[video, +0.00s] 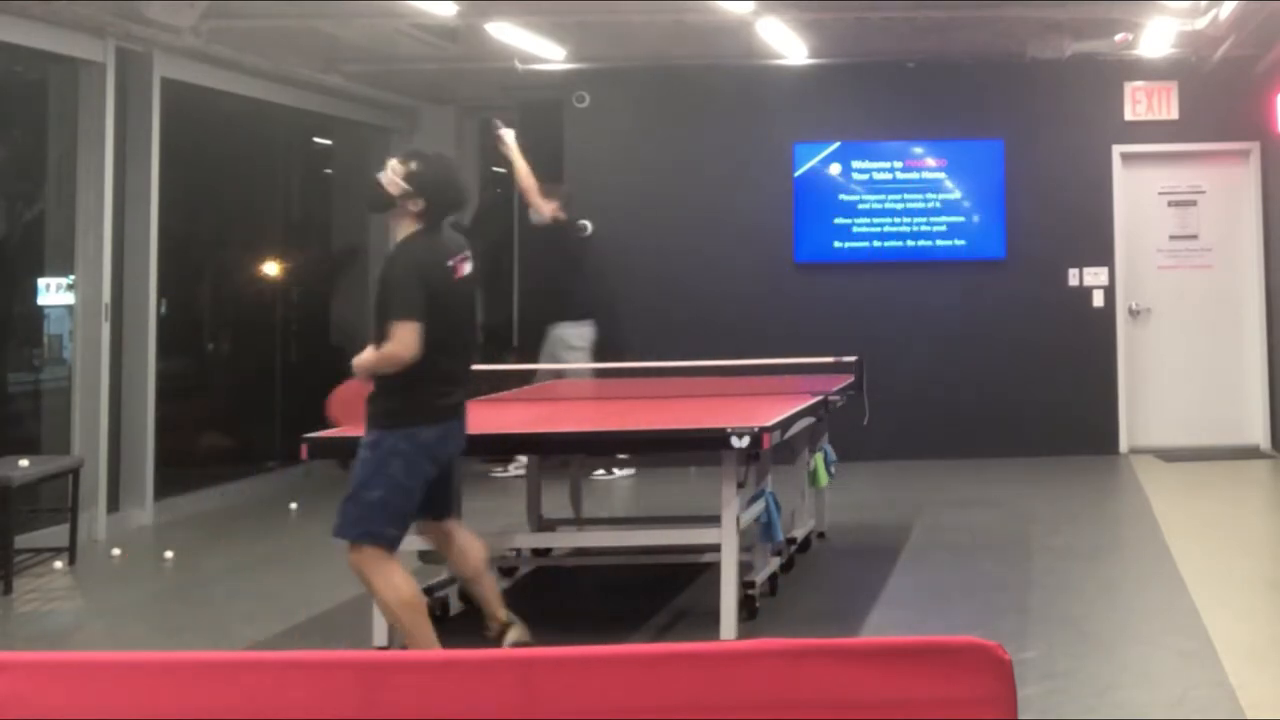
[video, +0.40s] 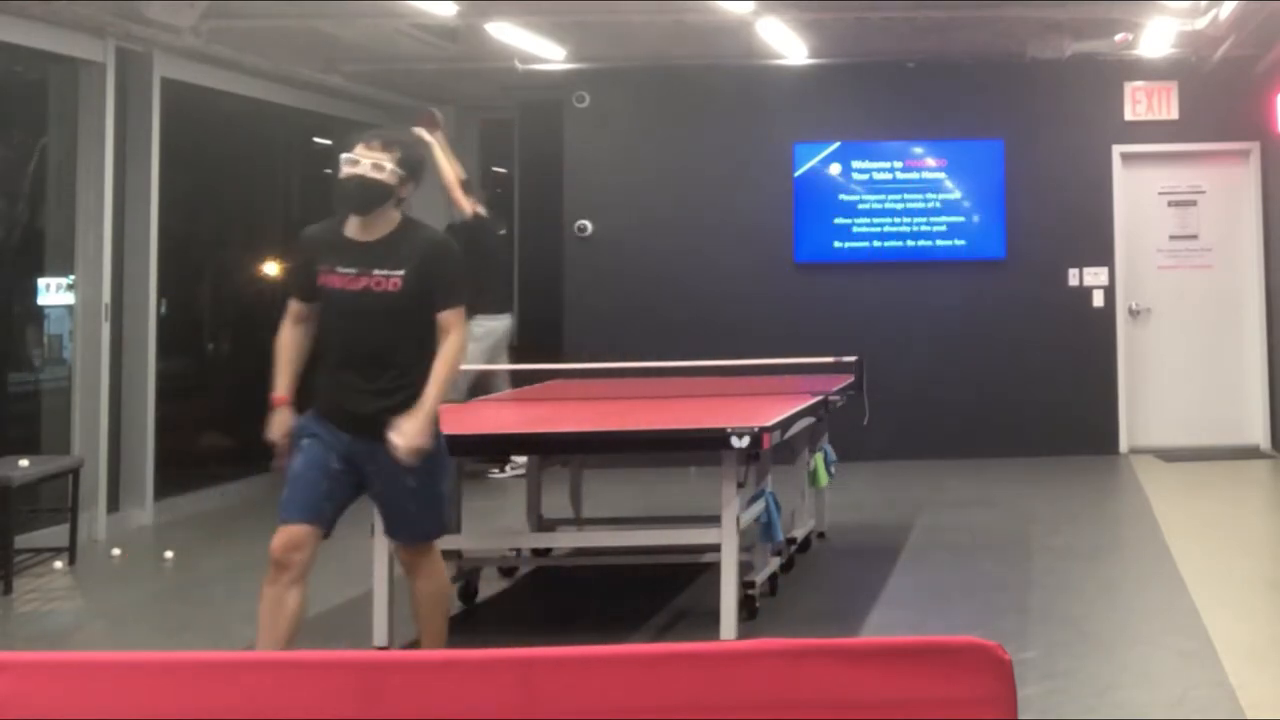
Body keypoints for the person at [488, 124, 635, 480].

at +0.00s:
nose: (536, 208)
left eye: (541, 204)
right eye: (538, 203)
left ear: (556, 206)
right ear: (561, 207)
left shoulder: (562, 230)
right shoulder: (568, 231)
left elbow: (531, 193)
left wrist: (512, 151)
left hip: (572, 320)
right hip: (561, 319)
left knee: (581, 392)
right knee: (538, 390)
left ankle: (617, 456)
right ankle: (523, 455)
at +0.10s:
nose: (513, 206)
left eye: (518, 200)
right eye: (515, 199)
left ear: (530, 204)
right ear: (538, 204)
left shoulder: (530, 228)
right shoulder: (545, 229)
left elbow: (508, 192)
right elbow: (523, 188)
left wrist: (489, 149)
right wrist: (504, 148)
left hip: (542, 323)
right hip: (551, 321)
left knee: (534, 392)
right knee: (521, 390)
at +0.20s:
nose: (493, 201)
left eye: (496, 195)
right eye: (495, 194)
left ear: (507, 198)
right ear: (516, 197)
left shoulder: (509, 221)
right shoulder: (531, 221)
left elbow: (485, 185)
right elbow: (502, 181)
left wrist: (465, 145)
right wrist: (485, 143)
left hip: (520, 316)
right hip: (539, 314)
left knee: (502, 389)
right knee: (515, 386)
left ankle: (513, 456)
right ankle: (537, 452)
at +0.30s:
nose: (475, 198)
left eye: (479, 192)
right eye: (477, 192)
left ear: (490, 196)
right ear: (500, 195)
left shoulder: (492, 221)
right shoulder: (509, 220)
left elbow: (467, 183)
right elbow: (480, 178)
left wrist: (446, 144)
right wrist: (461, 139)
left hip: (502, 314)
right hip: (520, 313)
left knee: (472, 388)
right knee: (508, 386)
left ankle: (489, 457)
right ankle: (518, 451)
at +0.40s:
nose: (463, 202)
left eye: (467, 195)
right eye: (464, 197)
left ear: (478, 201)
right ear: (491, 203)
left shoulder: (478, 226)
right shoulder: (497, 225)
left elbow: (452, 183)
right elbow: (460, 180)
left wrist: (433, 142)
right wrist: (441, 141)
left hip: (484, 317)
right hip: (501, 315)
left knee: (453, 388)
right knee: (501, 391)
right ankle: (515, 455)